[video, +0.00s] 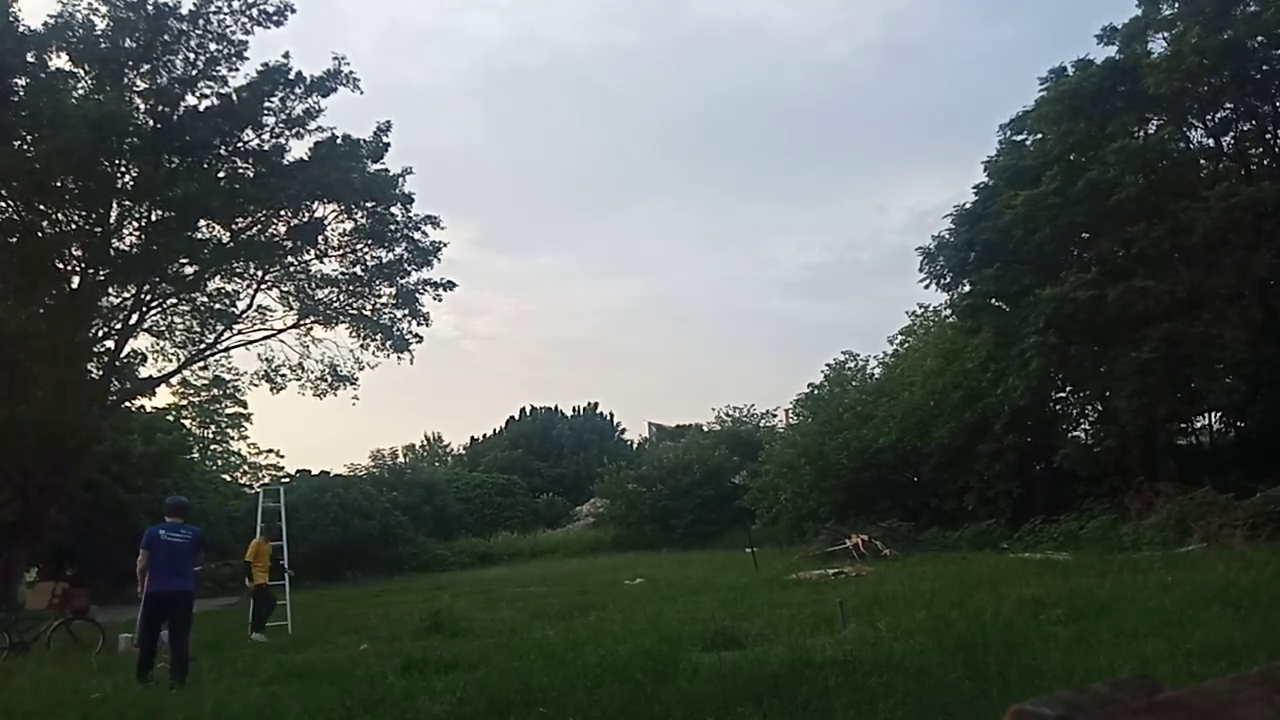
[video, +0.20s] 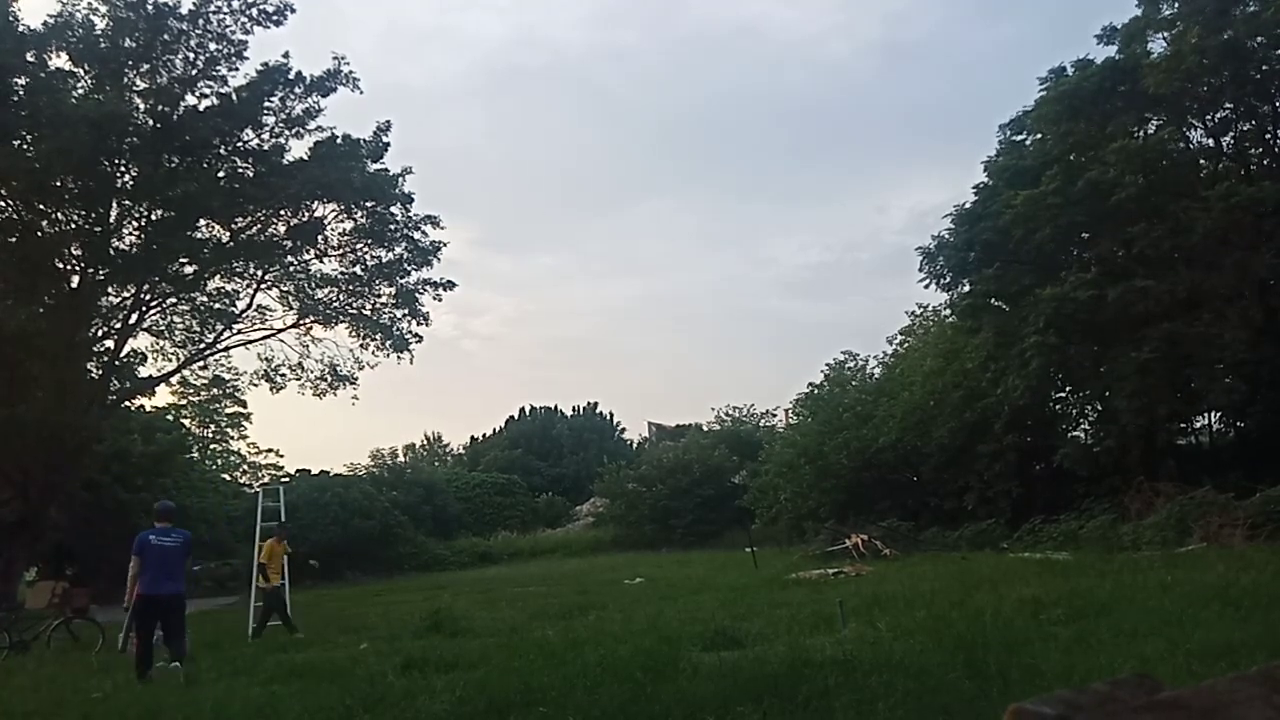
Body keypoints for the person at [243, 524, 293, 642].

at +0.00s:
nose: (276, 535)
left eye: (276, 532)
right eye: (275, 532)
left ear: (268, 533)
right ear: (268, 531)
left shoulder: (268, 545)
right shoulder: (256, 543)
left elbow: (270, 563)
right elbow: (247, 561)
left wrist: (283, 570)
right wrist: (250, 580)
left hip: (264, 581)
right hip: (257, 582)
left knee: (260, 607)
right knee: (270, 602)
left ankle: (257, 631)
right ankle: (258, 631)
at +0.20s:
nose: (285, 535)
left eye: (286, 533)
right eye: (283, 532)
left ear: (286, 534)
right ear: (278, 532)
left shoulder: (283, 544)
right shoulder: (269, 544)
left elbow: (290, 555)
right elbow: (261, 563)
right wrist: (267, 582)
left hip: (277, 583)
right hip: (268, 585)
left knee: (266, 612)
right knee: (281, 609)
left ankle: (256, 635)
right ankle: (293, 631)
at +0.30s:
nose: (291, 537)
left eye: (291, 535)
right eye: (289, 535)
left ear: (291, 536)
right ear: (284, 534)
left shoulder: (290, 545)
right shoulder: (276, 544)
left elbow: (298, 557)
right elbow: (270, 564)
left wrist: (311, 563)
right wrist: (275, 583)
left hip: (287, 583)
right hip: (280, 583)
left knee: (278, 611)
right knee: (288, 608)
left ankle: (261, 631)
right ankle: (294, 632)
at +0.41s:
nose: (296, 536)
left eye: (297, 533)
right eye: (294, 533)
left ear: (297, 534)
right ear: (289, 533)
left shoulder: (296, 543)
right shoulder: (281, 545)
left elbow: (302, 557)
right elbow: (276, 564)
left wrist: (313, 567)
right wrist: (280, 583)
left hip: (296, 582)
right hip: (285, 583)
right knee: (294, 608)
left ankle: (276, 628)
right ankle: (295, 632)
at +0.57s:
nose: (301, 532)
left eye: (303, 529)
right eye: (299, 529)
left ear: (305, 530)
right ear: (294, 529)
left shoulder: (305, 540)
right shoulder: (288, 542)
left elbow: (308, 556)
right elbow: (282, 560)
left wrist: (314, 569)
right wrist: (287, 578)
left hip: (307, 578)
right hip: (294, 581)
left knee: (316, 600)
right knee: (296, 608)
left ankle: (307, 627)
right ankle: (295, 631)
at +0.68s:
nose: (307, 533)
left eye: (309, 530)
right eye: (305, 530)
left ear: (310, 531)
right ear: (300, 530)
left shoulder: (311, 539)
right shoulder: (292, 542)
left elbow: (313, 556)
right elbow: (287, 562)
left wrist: (318, 570)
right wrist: (291, 580)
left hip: (313, 579)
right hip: (299, 582)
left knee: (322, 602)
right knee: (300, 607)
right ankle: (297, 630)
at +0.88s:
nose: (313, 540)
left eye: (315, 538)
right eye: (311, 538)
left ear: (318, 536)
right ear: (308, 537)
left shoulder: (324, 541)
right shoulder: (302, 547)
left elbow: (328, 556)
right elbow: (297, 567)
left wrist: (330, 572)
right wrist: (298, 584)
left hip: (324, 581)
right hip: (309, 583)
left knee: (332, 607)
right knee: (309, 609)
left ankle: (339, 631)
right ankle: (302, 632)